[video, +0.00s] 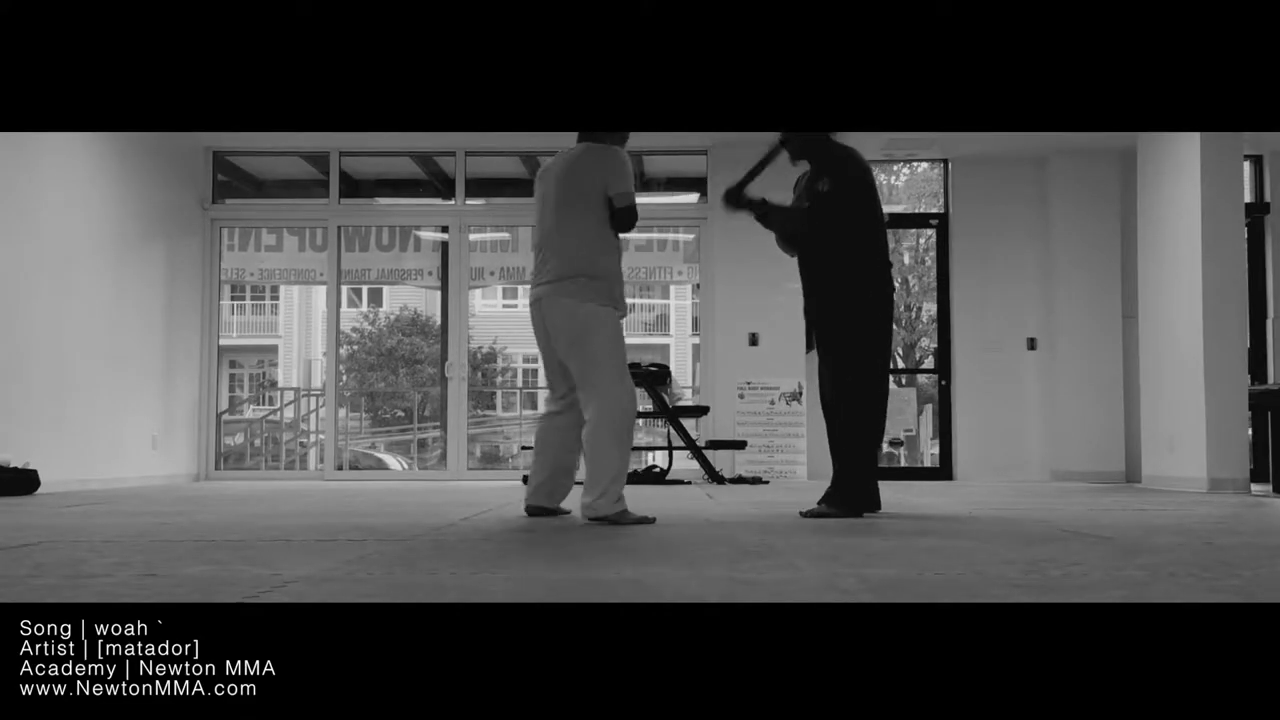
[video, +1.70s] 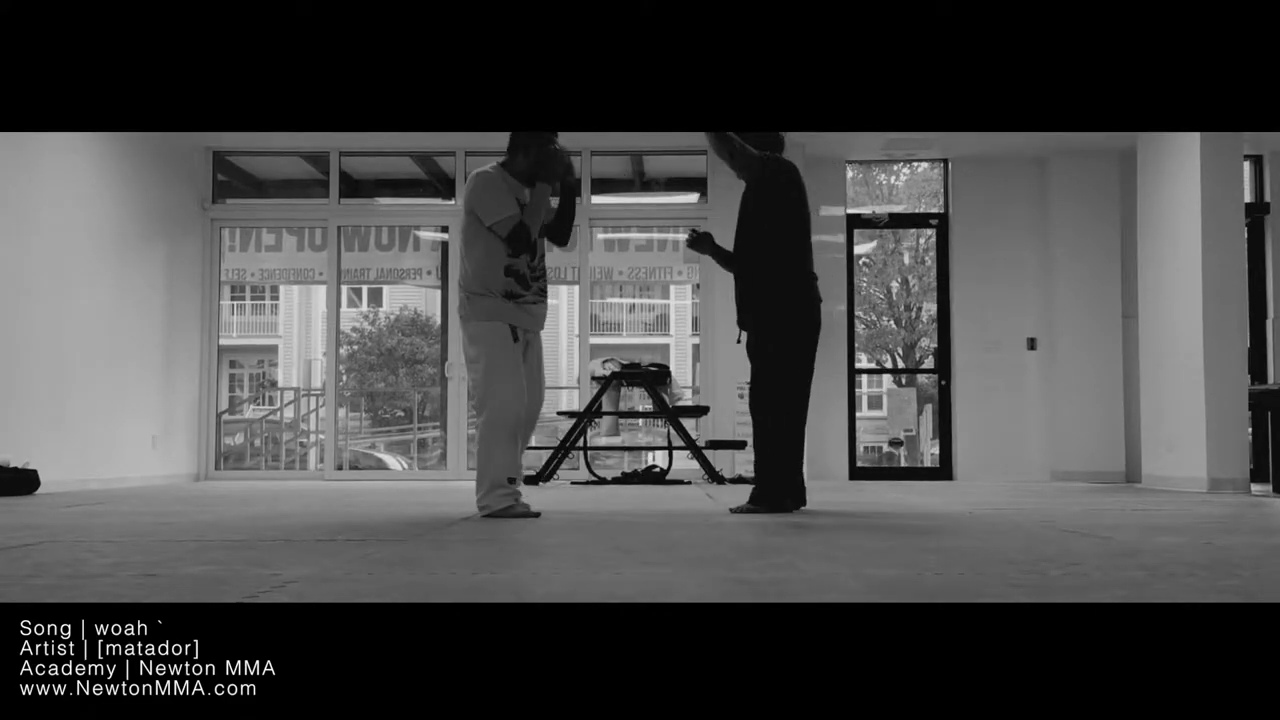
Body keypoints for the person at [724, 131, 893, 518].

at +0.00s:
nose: (785, 148)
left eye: (788, 139)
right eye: (784, 141)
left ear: (806, 135)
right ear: (807, 140)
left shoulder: (841, 166)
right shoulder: (809, 178)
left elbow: (813, 227)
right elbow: (798, 242)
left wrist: (756, 205)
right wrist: (772, 216)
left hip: (857, 308)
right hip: (833, 309)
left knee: (852, 397)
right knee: (839, 398)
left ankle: (852, 495)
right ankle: (851, 493)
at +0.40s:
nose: (772, 148)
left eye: (776, 141)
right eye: (771, 143)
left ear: (797, 138)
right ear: (791, 142)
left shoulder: (835, 169)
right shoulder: (795, 172)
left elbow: (834, 245)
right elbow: (772, 223)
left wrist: (774, 261)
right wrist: (734, 246)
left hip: (861, 296)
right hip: (832, 297)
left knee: (855, 391)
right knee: (838, 390)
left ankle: (848, 495)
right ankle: (862, 487)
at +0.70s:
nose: (762, 139)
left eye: (766, 133)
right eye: (763, 134)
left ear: (787, 134)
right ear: (786, 136)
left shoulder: (819, 169)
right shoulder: (795, 169)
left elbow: (802, 250)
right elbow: (753, 208)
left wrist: (737, 264)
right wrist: (699, 199)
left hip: (847, 307)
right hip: (824, 308)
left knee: (848, 397)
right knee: (823, 396)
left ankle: (847, 499)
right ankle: (828, 487)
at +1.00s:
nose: (753, 141)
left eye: (760, 134)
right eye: (756, 134)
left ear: (780, 138)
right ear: (790, 139)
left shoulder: (788, 182)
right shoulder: (809, 176)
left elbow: (743, 241)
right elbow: (796, 236)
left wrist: (691, 222)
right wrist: (757, 222)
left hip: (815, 314)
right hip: (808, 313)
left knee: (827, 402)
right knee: (800, 402)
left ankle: (843, 500)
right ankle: (793, 493)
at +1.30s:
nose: (737, 151)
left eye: (744, 143)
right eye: (738, 144)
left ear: (765, 145)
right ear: (773, 147)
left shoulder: (774, 180)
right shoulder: (780, 182)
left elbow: (705, 197)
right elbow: (758, 258)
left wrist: (653, 183)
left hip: (798, 312)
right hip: (795, 311)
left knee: (792, 402)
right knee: (787, 403)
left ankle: (808, 488)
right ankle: (786, 490)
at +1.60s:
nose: (734, 153)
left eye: (739, 146)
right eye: (736, 147)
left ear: (757, 145)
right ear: (774, 143)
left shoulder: (777, 173)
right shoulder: (769, 187)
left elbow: (730, 161)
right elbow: (751, 266)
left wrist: (681, 144)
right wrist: (715, 247)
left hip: (784, 312)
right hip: (779, 313)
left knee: (771, 402)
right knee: (778, 402)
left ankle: (772, 495)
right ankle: (784, 492)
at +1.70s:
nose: (735, 160)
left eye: (737, 150)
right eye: (733, 154)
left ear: (752, 146)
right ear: (773, 144)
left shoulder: (773, 174)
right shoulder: (771, 182)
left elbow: (725, 145)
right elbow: (753, 266)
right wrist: (713, 249)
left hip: (783, 312)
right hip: (781, 311)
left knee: (772, 402)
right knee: (779, 403)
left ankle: (774, 495)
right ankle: (784, 493)